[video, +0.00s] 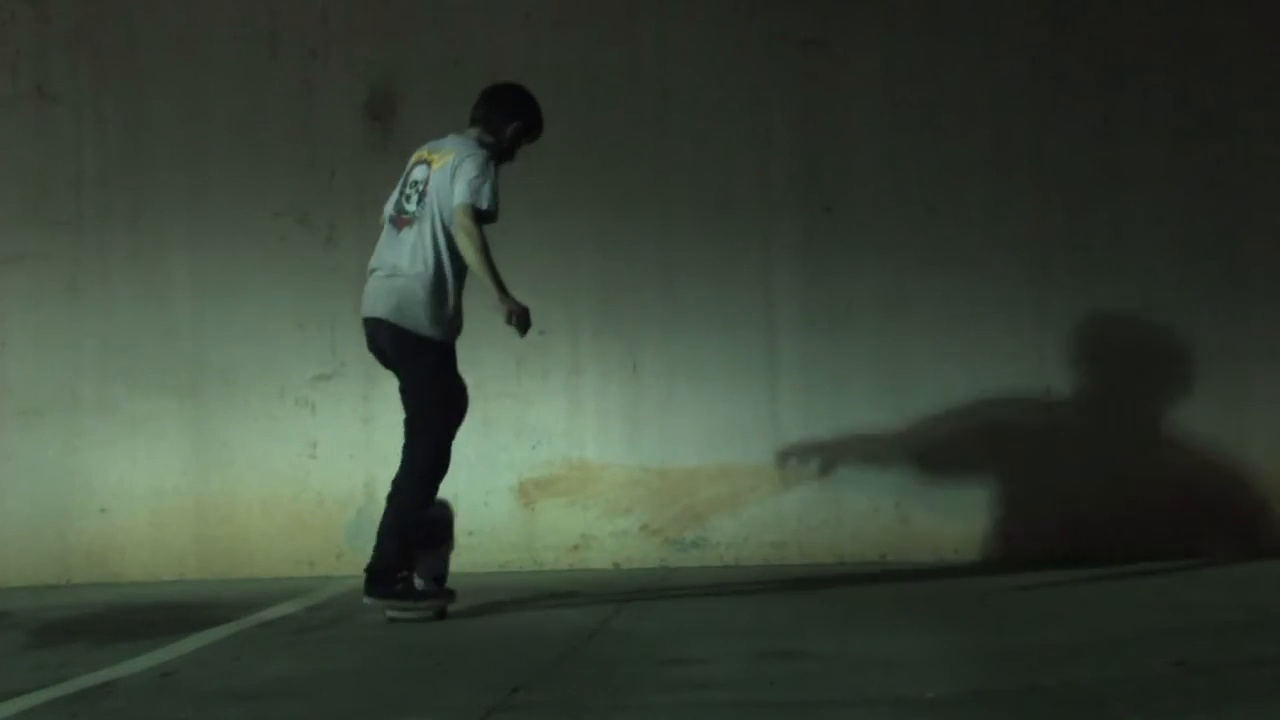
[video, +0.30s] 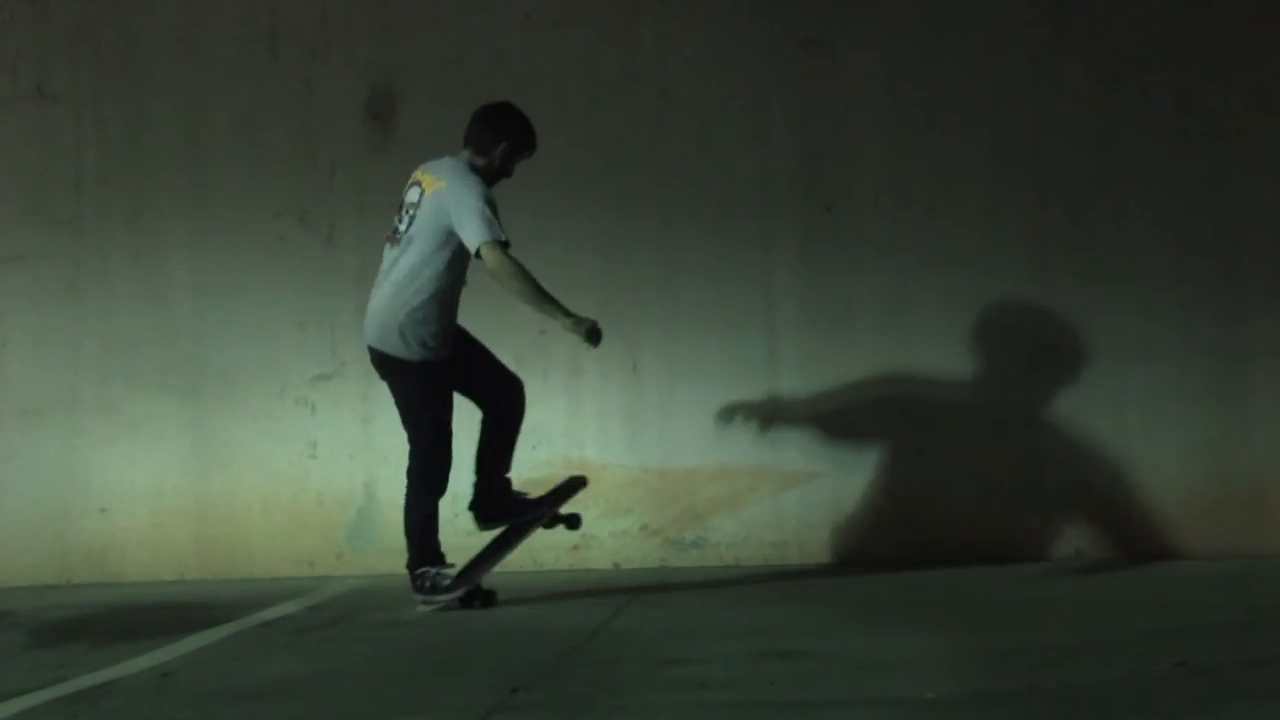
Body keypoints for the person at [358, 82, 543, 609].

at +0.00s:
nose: (517, 154)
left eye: (524, 145)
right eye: (522, 142)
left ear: (479, 119)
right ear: (508, 128)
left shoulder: (428, 152)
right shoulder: (473, 157)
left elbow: (395, 215)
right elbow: (461, 219)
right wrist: (504, 297)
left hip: (384, 313)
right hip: (416, 318)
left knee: (453, 401)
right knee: (429, 436)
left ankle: (414, 514)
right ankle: (388, 570)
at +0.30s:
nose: (514, 170)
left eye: (518, 161)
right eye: (516, 159)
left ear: (474, 142)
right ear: (498, 149)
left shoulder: (432, 172)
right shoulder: (464, 187)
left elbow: (402, 243)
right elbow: (496, 261)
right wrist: (568, 318)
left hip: (430, 332)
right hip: (408, 340)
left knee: (505, 395)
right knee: (430, 457)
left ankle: (493, 499)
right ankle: (424, 568)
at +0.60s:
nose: (515, 169)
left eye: (520, 159)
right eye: (515, 157)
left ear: (482, 146)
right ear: (492, 149)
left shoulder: (449, 174)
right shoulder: (448, 187)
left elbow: (445, 221)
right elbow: (448, 277)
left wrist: (482, 245)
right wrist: (512, 333)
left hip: (442, 330)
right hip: (405, 337)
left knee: (517, 387)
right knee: (435, 450)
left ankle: (513, 496)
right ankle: (441, 566)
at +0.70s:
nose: (511, 168)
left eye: (515, 158)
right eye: (510, 156)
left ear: (480, 146)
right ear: (484, 146)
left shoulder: (454, 183)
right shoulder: (438, 185)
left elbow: (467, 218)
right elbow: (410, 268)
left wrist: (526, 231)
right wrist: (442, 344)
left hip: (441, 321)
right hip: (403, 332)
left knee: (521, 374)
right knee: (438, 447)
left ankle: (500, 482)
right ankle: (442, 566)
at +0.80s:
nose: (497, 163)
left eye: (501, 152)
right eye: (493, 151)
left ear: (470, 147)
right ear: (464, 143)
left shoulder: (464, 188)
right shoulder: (415, 191)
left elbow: (510, 207)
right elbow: (370, 261)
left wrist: (579, 220)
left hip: (445, 327)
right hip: (404, 338)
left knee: (521, 384)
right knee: (439, 451)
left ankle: (512, 485)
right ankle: (441, 566)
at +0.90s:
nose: (479, 158)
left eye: (481, 149)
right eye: (473, 148)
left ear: (461, 144)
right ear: (443, 141)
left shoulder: (466, 179)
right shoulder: (394, 187)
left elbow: (530, 186)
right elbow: (333, 244)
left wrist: (603, 195)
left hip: (445, 320)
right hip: (401, 332)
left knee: (525, 383)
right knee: (435, 448)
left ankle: (566, 482)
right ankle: (441, 568)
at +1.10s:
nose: (459, 163)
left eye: (464, 155)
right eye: (453, 154)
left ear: (458, 151)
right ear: (423, 142)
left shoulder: (461, 174)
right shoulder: (371, 180)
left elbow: (525, 181)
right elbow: (295, 219)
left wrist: (585, 208)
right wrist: (232, 279)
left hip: (445, 298)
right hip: (397, 324)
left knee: (529, 343)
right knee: (426, 440)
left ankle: (568, 446)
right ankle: (446, 558)